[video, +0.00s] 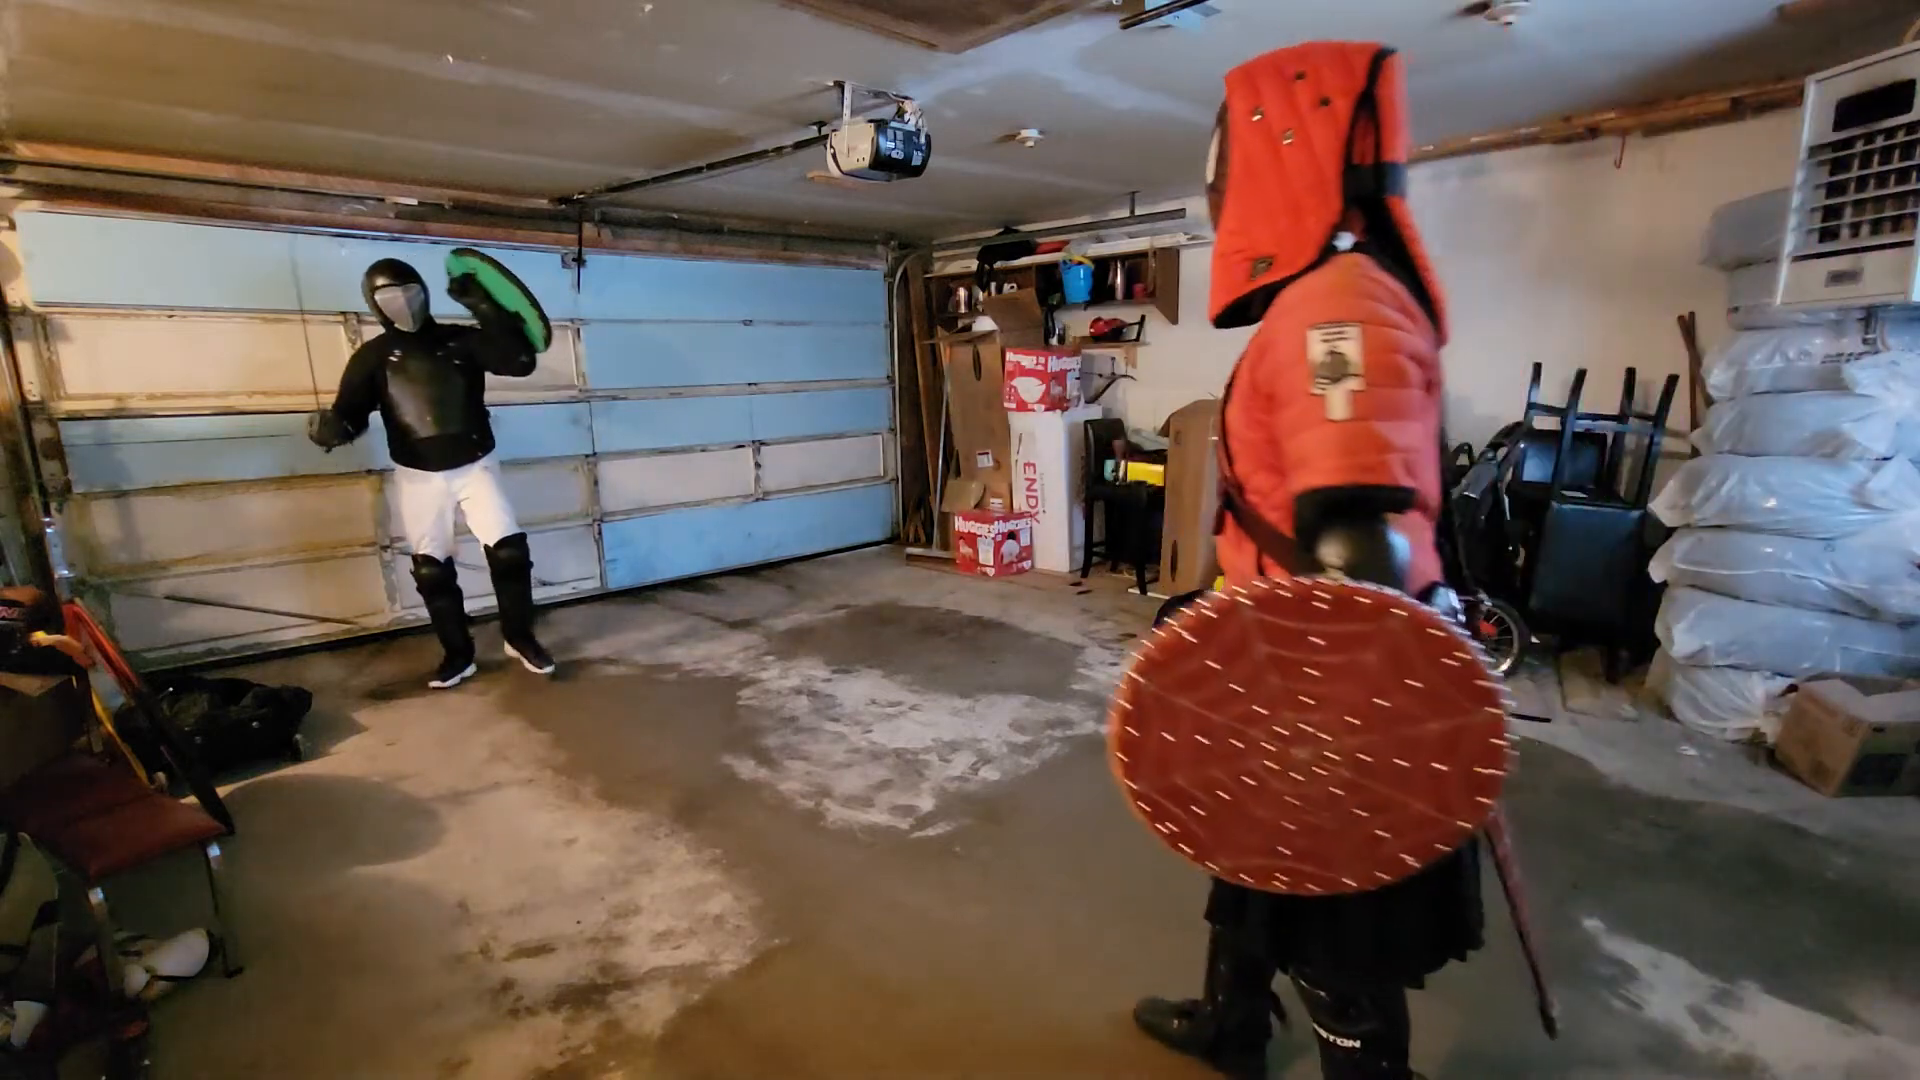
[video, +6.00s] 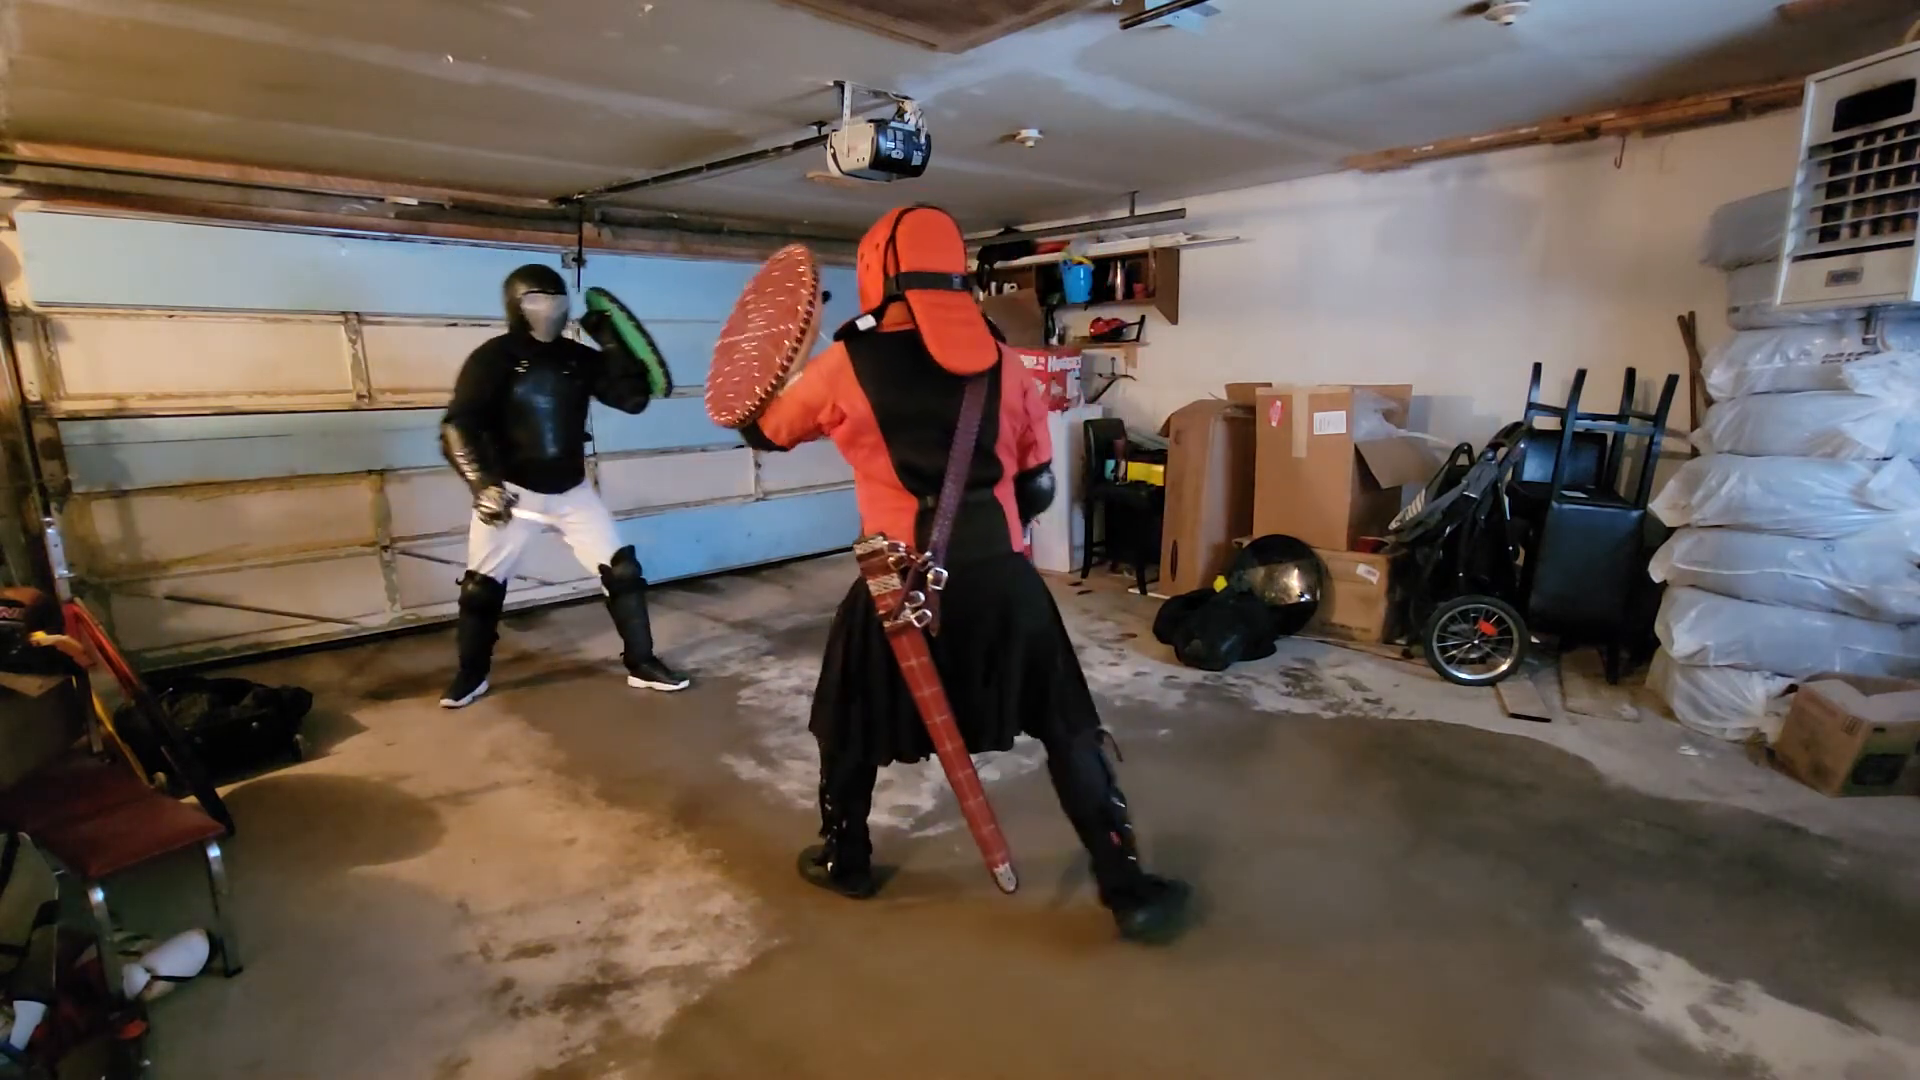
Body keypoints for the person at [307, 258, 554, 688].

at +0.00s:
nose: (401, 304)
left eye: (407, 293)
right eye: (388, 298)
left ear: (421, 293)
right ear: (375, 306)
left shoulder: (463, 341)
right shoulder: (371, 359)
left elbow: (521, 361)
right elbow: (349, 417)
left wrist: (481, 304)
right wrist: (331, 429)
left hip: (475, 468)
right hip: (417, 477)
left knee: (510, 551)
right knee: (430, 569)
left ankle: (520, 637)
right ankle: (458, 654)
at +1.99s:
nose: (432, 287)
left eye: (439, 274)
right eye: (418, 280)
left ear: (455, 276)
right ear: (402, 290)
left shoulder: (501, 335)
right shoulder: (398, 353)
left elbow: (568, 375)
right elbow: (366, 439)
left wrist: (531, 318)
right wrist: (377, 431)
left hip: (516, 482)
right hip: (447, 490)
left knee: (559, 577)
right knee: (447, 598)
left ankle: (565, 670)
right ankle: (482, 685)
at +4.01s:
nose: (483, 290)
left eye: (488, 280)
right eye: (469, 281)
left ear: (497, 286)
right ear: (444, 291)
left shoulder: (519, 347)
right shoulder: (417, 353)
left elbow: (584, 393)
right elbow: (370, 429)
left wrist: (562, 331)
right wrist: (416, 465)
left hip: (518, 496)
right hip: (450, 500)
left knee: (554, 589)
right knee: (453, 605)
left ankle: (571, 697)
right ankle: (480, 684)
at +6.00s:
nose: (563, 302)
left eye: (561, 294)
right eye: (551, 294)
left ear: (558, 302)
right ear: (525, 302)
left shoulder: (580, 358)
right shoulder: (491, 359)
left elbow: (633, 397)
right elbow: (457, 427)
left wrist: (610, 340)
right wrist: (482, 486)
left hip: (572, 493)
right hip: (508, 493)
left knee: (622, 571)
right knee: (480, 589)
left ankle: (642, 662)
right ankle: (471, 674)